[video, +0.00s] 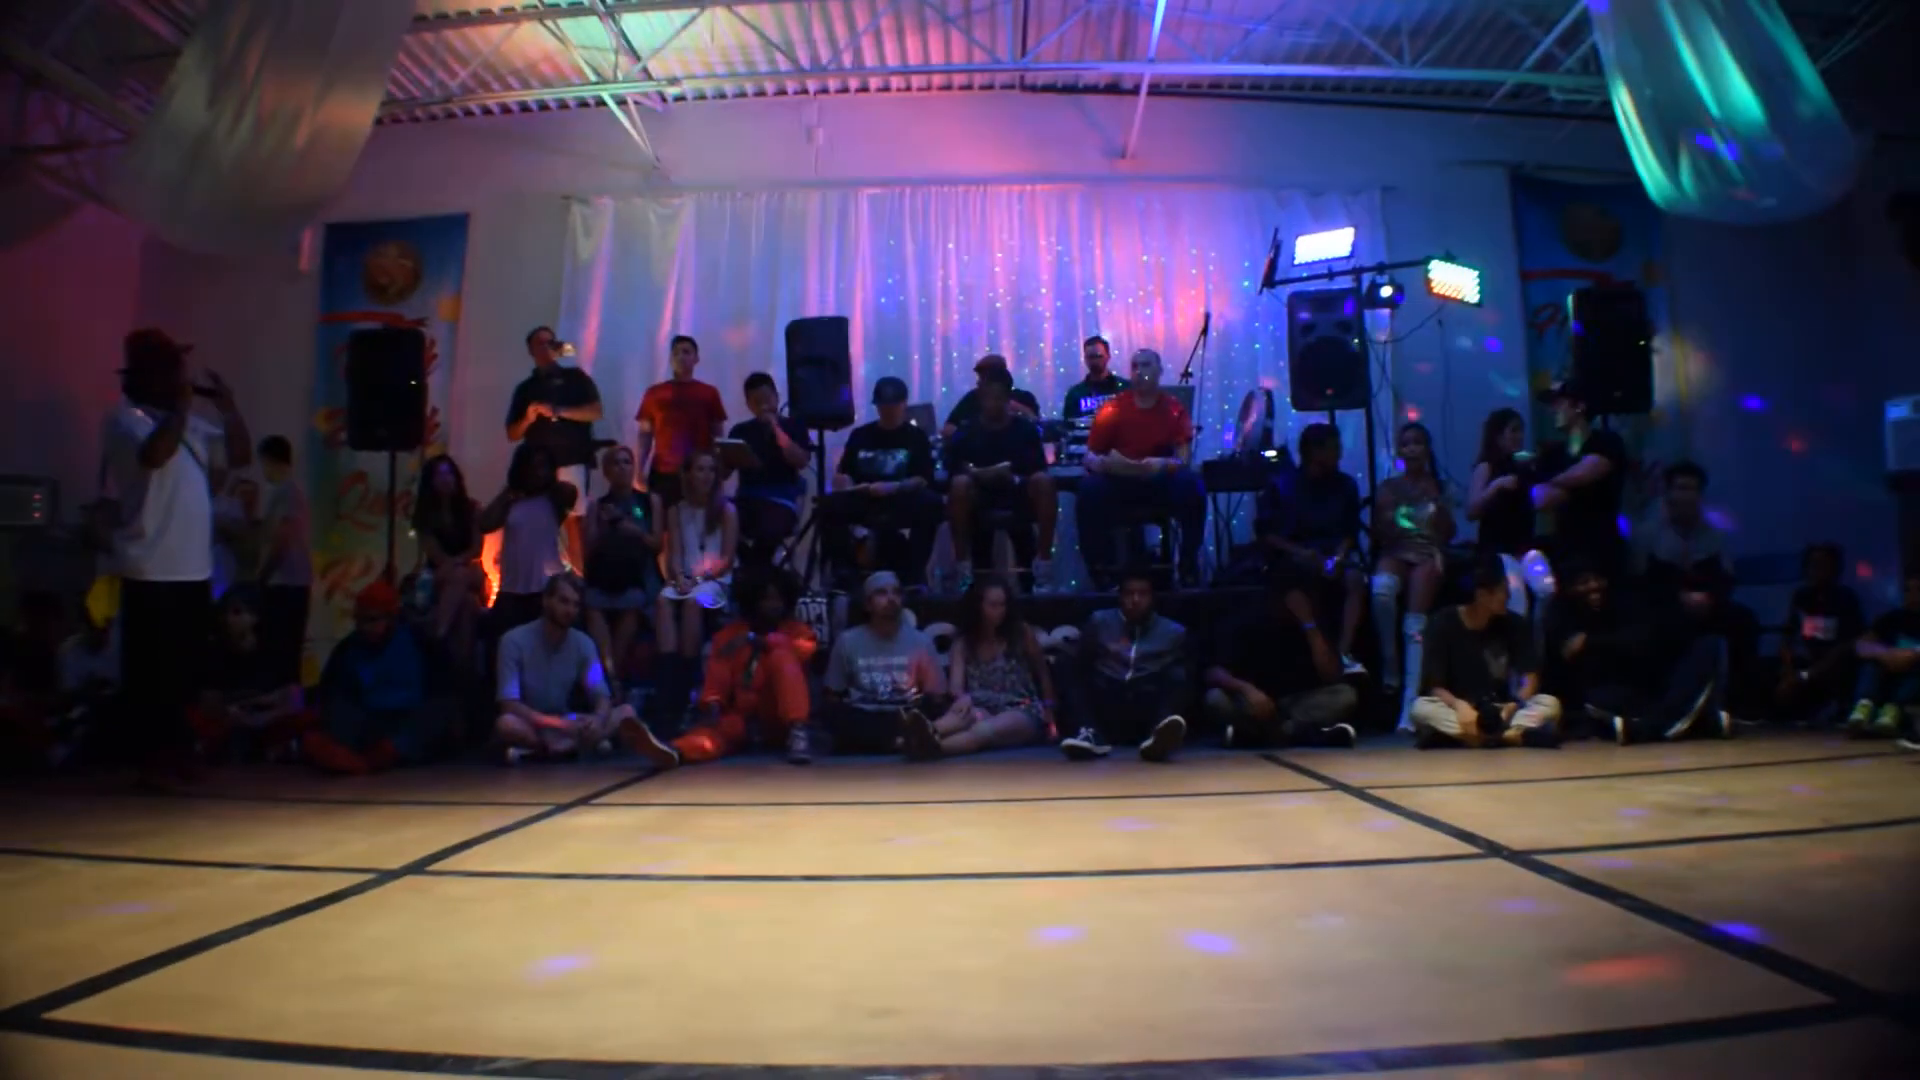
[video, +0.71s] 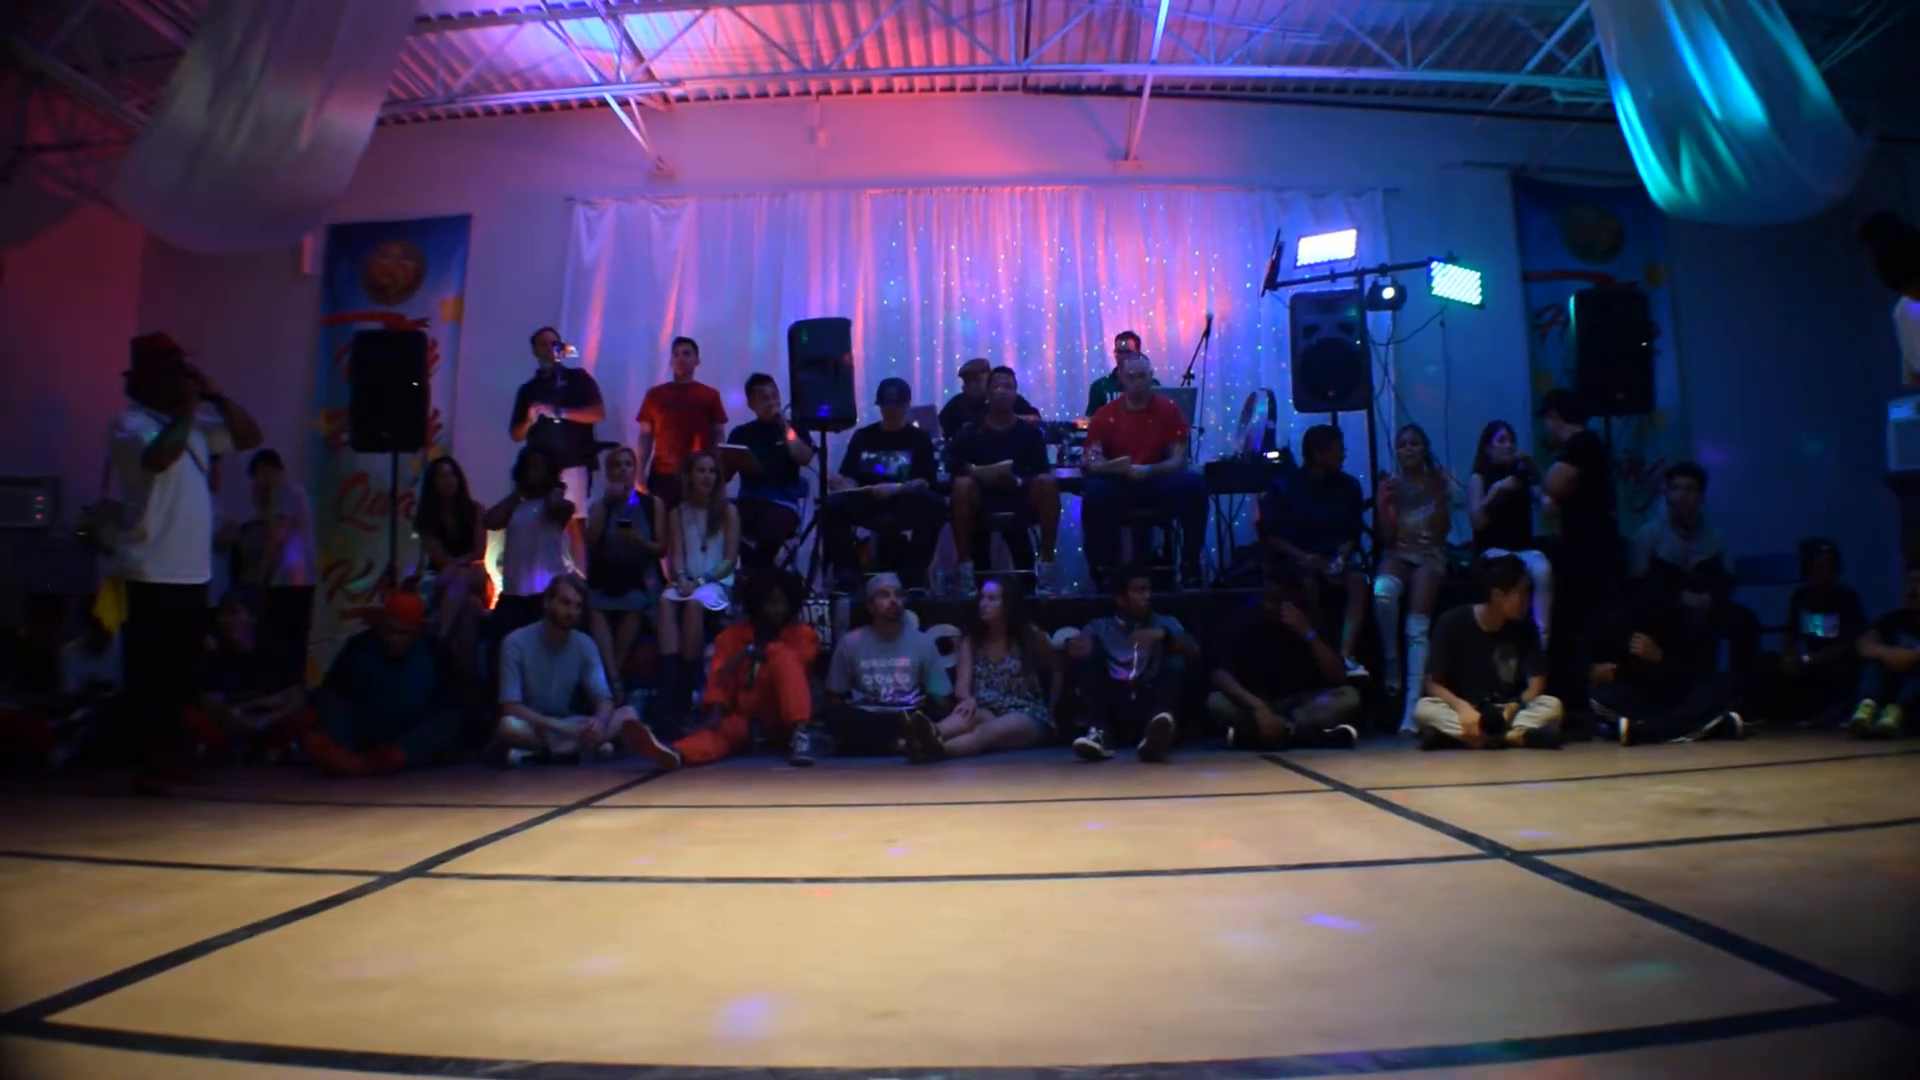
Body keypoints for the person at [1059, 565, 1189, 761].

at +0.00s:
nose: (1135, 600)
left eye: (1142, 594)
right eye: (1129, 594)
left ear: (1151, 598)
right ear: (1120, 598)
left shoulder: (1173, 633)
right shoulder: (1100, 623)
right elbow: (1083, 663)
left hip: (1148, 703)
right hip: (1104, 701)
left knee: (1177, 678)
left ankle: (1158, 736)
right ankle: (1089, 732)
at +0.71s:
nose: (1147, 596)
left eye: (1147, 590)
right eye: (1139, 591)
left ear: (1150, 593)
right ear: (1121, 598)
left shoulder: (1165, 624)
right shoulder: (1101, 627)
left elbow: (1192, 653)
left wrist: (1163, 636)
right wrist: (1076, 647)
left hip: (1150, 696)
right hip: (1111, 695)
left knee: (1174, 666)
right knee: (1090, 665)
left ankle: (1156, 738)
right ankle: (1096, 733)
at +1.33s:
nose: (1136, 615)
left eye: (1135, 608)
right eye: (1128, 610)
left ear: (1138, 608)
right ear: (1109, 616)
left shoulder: (1150, 627)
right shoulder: (1087, 634)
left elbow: (1189, 648)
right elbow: (1053, 657)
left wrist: (1139, 669)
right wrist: (1103, 680)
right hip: (1103, 709)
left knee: (1166, 668)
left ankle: (1141, 733)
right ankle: (1092, 735)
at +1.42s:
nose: (1132, 615)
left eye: (1133, 609)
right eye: (1124, 610)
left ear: (1137, 609)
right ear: (1107, 613)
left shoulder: (1148, 628)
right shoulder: (1089, 632)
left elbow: (1191, 650)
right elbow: (1054, 654)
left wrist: (1141, 668)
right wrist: (1103, 676)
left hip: (1143, 706)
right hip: (1103, 707)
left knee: (1161, 672)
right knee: (1080, 676)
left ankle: (1142, 734)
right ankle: (1091, 736)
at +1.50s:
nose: (1128, 614)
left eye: (1132, 607)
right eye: (1122, 608)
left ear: (1138, 609)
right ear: (1109, 609)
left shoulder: (1150, 628)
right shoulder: (1091, 631)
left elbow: (1192, 649)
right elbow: (1055, 651)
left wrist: (1143, 665)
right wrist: (1105, 673)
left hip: (1143, 705)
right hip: (1103, 706)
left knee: (1165, 672)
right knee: (1079, 672)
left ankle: (1143, 734)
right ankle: (1091, 736)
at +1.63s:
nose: (1124, 612)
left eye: (1130, 606)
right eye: (1118, 605)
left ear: (1139, 607)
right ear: (1109, 607)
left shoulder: (1153, 628)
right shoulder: (1093, 629)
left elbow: (1195, 647)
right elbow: (1056, 646)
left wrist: (1146, 664)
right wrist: (1106, 670)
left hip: (1145, 703)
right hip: (1103, 703)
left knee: (1170, 670)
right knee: (1079, 670)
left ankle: (1144, 734)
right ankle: (1092, 734)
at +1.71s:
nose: (1125, 609)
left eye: (1132, 603)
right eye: (1119, 603)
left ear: (1143, 606)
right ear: (1112, 605)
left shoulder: (1155, 627)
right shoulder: (1097, 628)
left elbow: (1196, 647)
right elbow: (1058, 644)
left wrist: (1147, 665)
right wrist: (1107, 670)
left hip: (1145, 700)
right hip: (1104, 699)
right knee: (1081, 673)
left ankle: (1143, 734)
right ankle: (1094, 734)